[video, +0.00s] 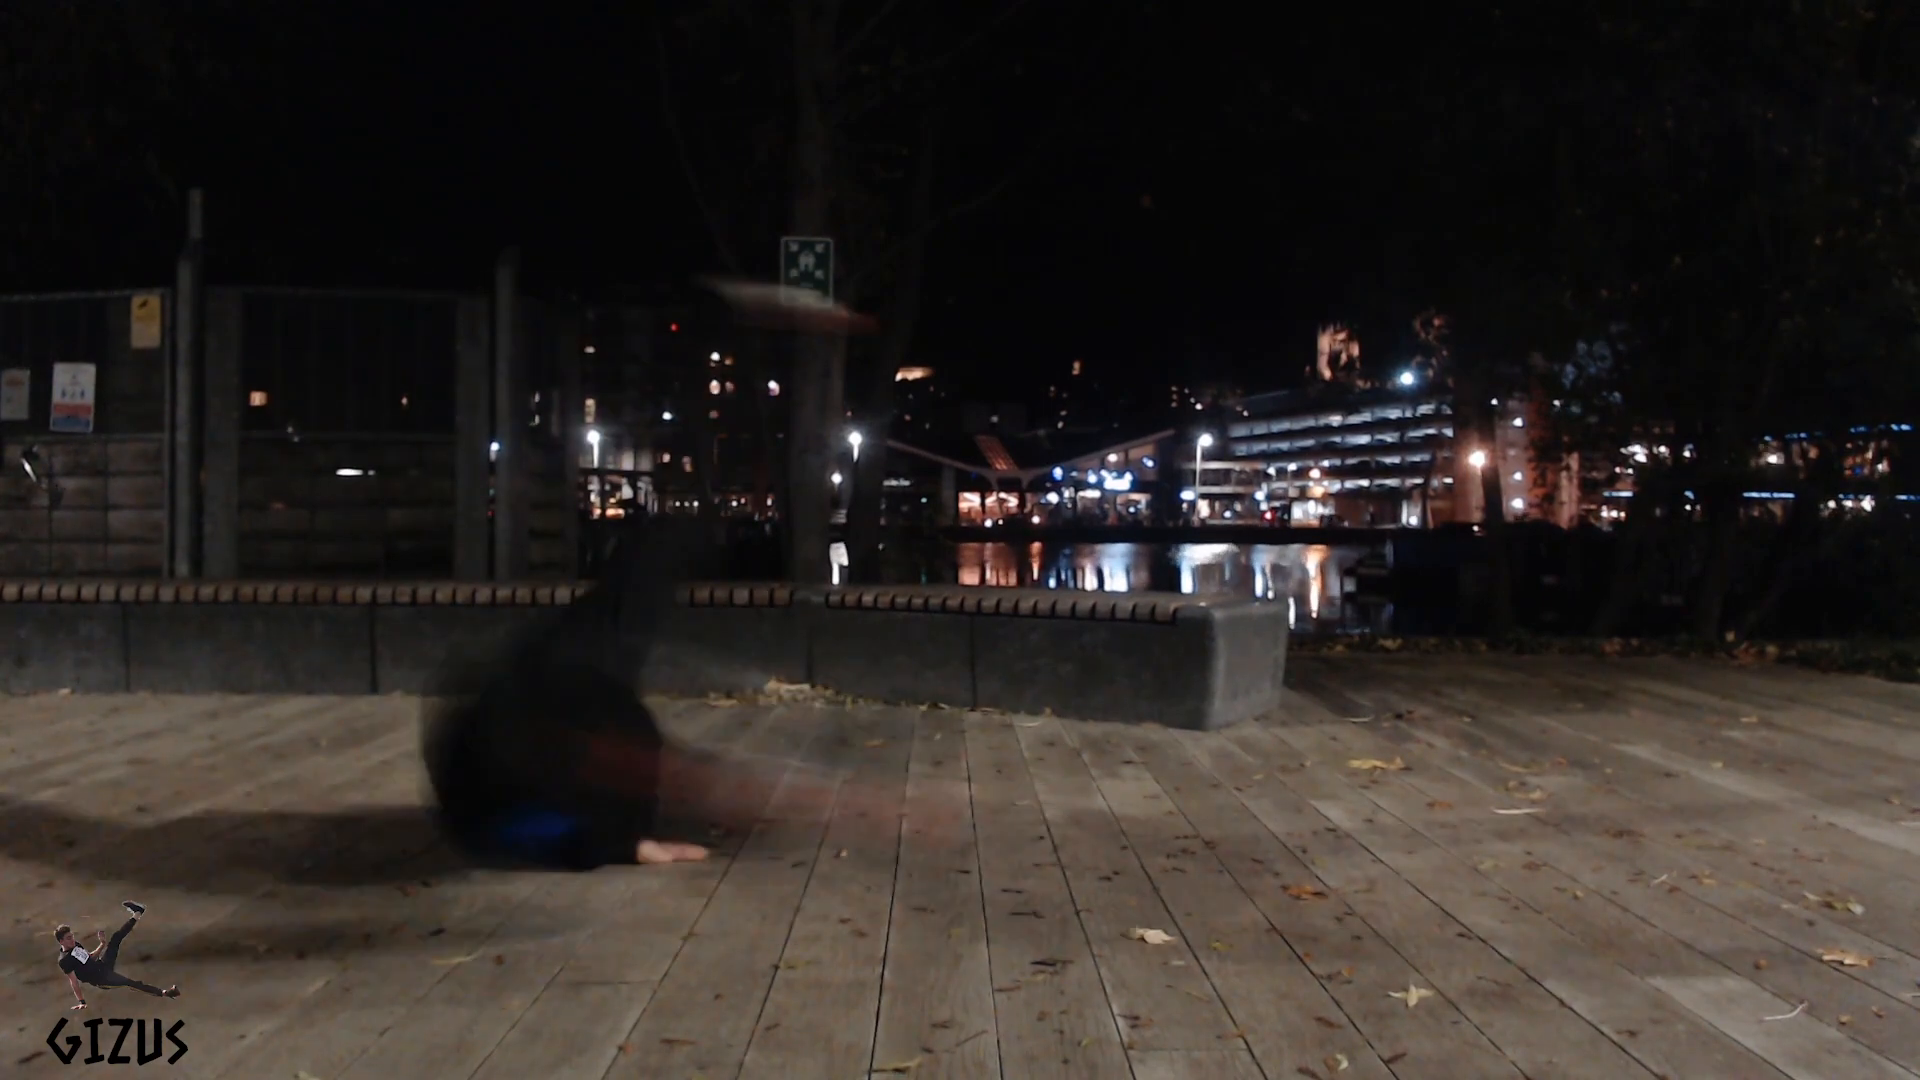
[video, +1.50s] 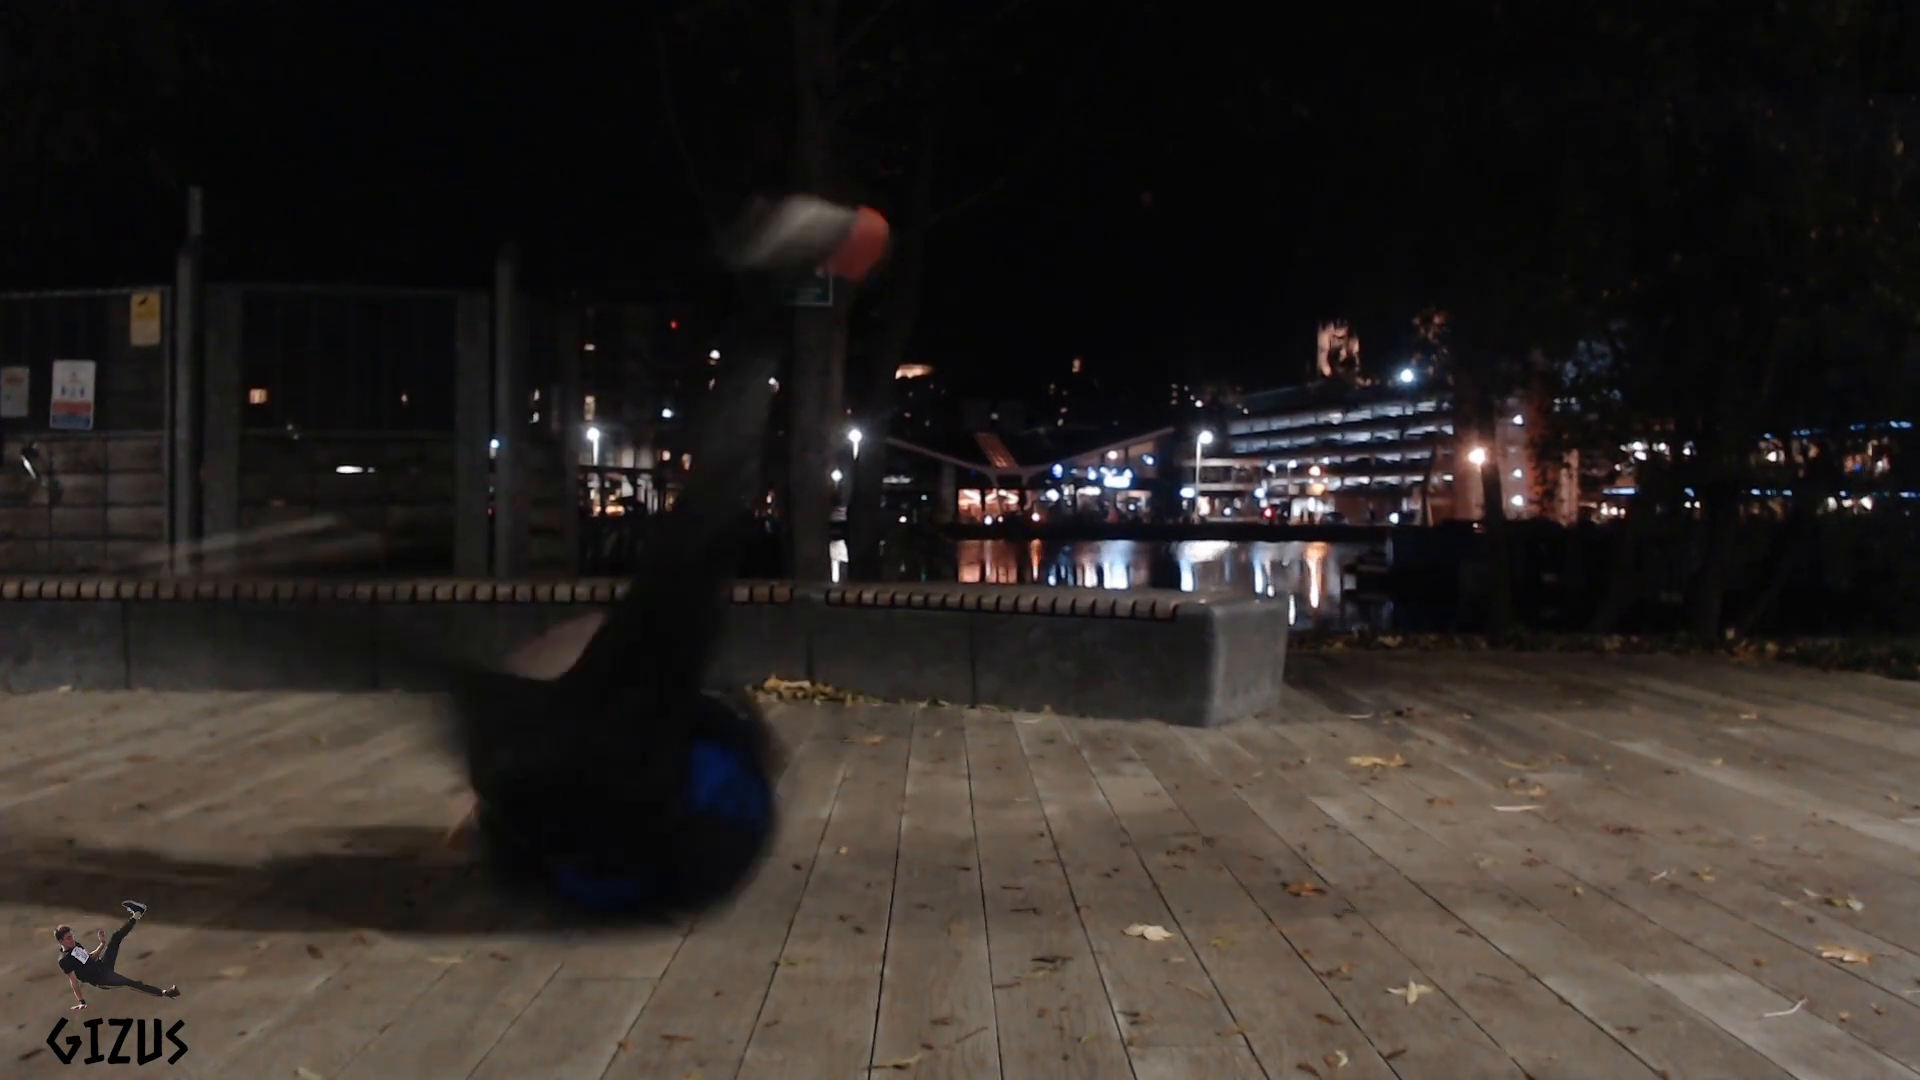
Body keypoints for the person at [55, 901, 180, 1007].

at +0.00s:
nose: (73, 939)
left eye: (72, 936)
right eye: (69, 938)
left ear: (71, 937)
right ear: (61, 942)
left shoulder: (76, 946)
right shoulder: (64, 961)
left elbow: (91, 958)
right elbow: (74, 982)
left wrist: (102, 945)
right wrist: (81, 1001)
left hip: (104, 965)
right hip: (102, 978)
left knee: (115, 939)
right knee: (131, 983)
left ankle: (136, 916)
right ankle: (165, 993)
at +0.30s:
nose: (72, 939)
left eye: (72, 936)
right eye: (69, 938)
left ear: (70, 937)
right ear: (61, 941)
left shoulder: (75, 946)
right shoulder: (64, 960)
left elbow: (91, 958)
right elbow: (73, 982)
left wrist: (102, 945)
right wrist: (81, 1002)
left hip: (104, 965)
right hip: (102, 978)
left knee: (116, 939)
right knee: (131, 983)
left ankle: (136, 916)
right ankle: (164, 993)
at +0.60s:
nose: (72, 939)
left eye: (72, 936)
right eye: (69, 938)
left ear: (70, 937)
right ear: (61, 941)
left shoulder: (75, 946)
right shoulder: (64, 960)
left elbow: (91, 957)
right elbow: (73, 982)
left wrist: (102, 944)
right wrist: (81, 1001)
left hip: (104, 965)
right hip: (102, 978)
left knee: (116, 938)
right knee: (132, 983)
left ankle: (136, 916)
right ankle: (164, 993)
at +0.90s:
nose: (73, 939)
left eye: (72, 936)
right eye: (69, 938)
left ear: (72, 936)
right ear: (61, 942)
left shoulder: (76, 945)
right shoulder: (64, 960)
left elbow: (90, 957)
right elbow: (74, 982)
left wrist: (102, 945)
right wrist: (81, 1001)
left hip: (104, 964)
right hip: (102, 978)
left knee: (115, 939)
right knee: (132, 983)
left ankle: (136, 917)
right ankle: (164, 993)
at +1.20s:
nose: (73, 939)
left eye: (72, 936)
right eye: (69, 938)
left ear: (71, 937)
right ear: (62, 942)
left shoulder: (76, 946)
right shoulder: (64, 960)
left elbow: (91, 957)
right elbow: (73, 982)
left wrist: (102, 944)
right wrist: (81, 1002)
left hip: (104, 964)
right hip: (102, 978)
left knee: (116, 938)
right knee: (132, 983)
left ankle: (136, 916)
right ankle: (164, 993)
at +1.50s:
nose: (73, 939)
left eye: (72, 936)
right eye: (69, 938)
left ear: (71, 937)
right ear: (61, 941)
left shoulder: (75, 946)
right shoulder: (64, 960)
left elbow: (91, 957)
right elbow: (74, 982)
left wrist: (102, 945)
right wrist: (81, 1002)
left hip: (104, 965)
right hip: (102, 978)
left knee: (116, 938)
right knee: (131, 983)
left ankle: (136, 916)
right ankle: (164, 993)